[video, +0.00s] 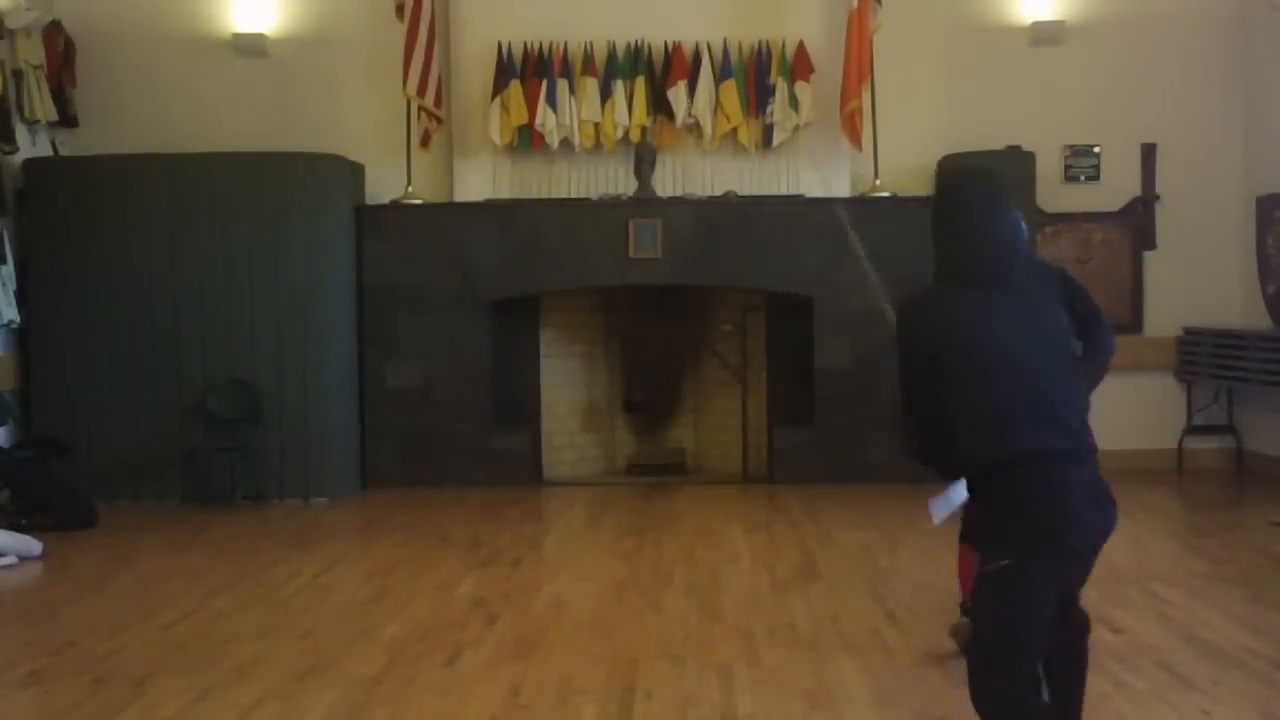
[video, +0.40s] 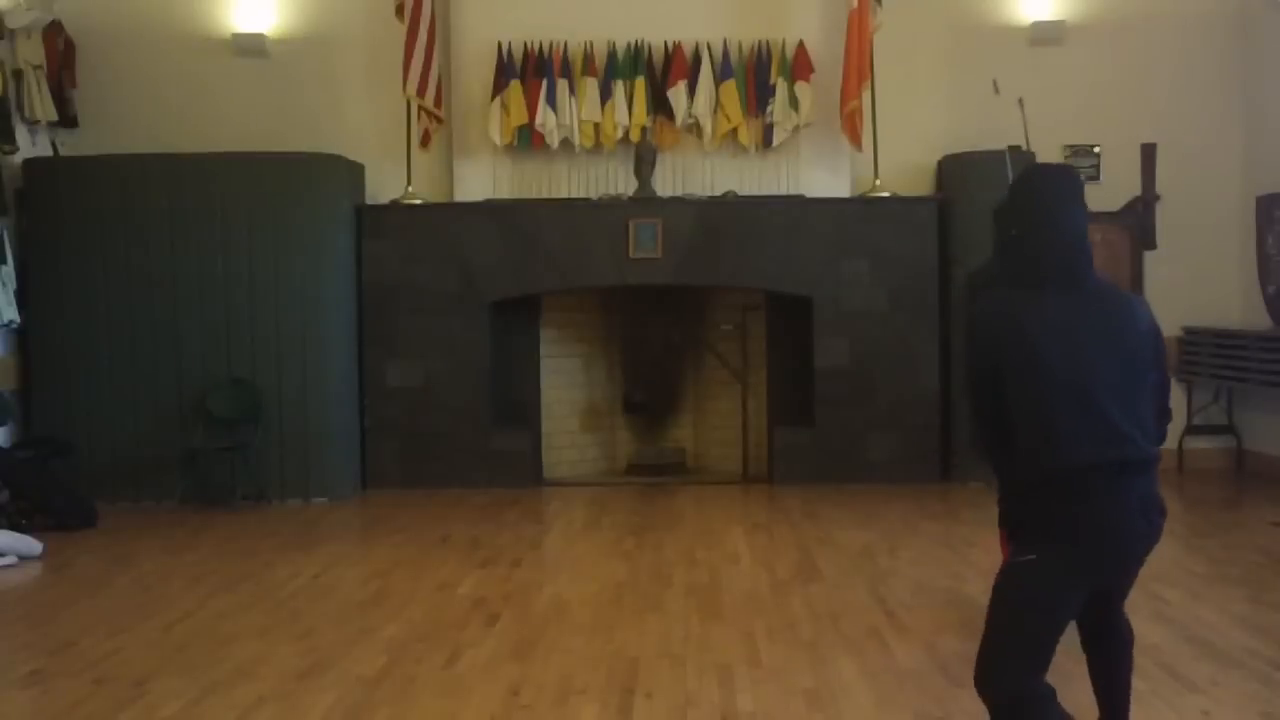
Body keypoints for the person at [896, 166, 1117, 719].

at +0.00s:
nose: (1023, 227)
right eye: (1016, 219)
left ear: (943, 232)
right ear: (1009, 225)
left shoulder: (925, 310)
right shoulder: (1046, 278)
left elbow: (925, 432)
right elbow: (1101, 341)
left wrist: (959, 468)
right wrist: (1064, 396)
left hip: (1014, 509)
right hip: (1083, 497)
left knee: (999, 670)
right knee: (1060, 610)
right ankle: (1065, 707)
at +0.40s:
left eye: (1008, 223)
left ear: (1011, 230)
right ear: (1080, 230)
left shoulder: (996, 310)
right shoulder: (1131, 312)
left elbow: (990, 424)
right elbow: (1157, 418)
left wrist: (1023, 485)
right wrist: (1121, 477)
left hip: (1052, 516)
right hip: (1134, 512)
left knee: (1005, 677)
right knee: (1104, 611)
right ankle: (1115, 713)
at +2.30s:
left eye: (891, 176)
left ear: (890, 182)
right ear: (955, 183)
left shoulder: (870, 265)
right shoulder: (991, 264)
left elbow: (850, 383)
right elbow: (1012, 362)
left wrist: (892, 447)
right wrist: (980, 434)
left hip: (924, 465)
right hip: (978, 460)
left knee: (999, 639)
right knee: (889, 623)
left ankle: (1053, 705)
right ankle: (877, 709)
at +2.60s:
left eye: (777, 156)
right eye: (838, 161)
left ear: (775, 164)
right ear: (840, 168)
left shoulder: (750, 252)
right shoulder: (873, 253)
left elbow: (722, 374)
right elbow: (897, 367)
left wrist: (773, 413)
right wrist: (853, 410)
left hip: (784, 465)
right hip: (857, 465)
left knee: (728, 616)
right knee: (837, 627)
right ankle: (846, 715)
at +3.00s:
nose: (670, 186)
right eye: (667, 175)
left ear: (594, 175)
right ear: (663, 180)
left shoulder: (547, 264)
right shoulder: (692, 265)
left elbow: (512, 372)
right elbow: (730, 373)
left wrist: (505, 468)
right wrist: (730, 458)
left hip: (581, 482)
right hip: (666, 482)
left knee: (576, 647)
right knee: (715, 642)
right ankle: (735, 707)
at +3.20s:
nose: (601, 181)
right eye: (599, 168)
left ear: (517, 168)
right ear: (592, 175)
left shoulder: (476, 256)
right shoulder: (612, 261)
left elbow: (416, 365)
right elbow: (656, 376)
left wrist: (380, 463)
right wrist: (674, 463)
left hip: (513, 482)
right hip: (595, 483)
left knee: (547, 636)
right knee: (601, 647)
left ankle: (554, 707)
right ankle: (557, 705)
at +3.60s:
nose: (504, 185)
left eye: (501, 169)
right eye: (500, 170)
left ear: (414, 162)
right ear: (484, 175)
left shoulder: (350, 250)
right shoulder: (492, 263)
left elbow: (310, 377)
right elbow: (523, 403)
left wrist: (367, 433)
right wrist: (554, 480)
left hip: (359, 478)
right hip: (445, 486)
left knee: (386, 636)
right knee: (436, 664)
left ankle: (360, 710)